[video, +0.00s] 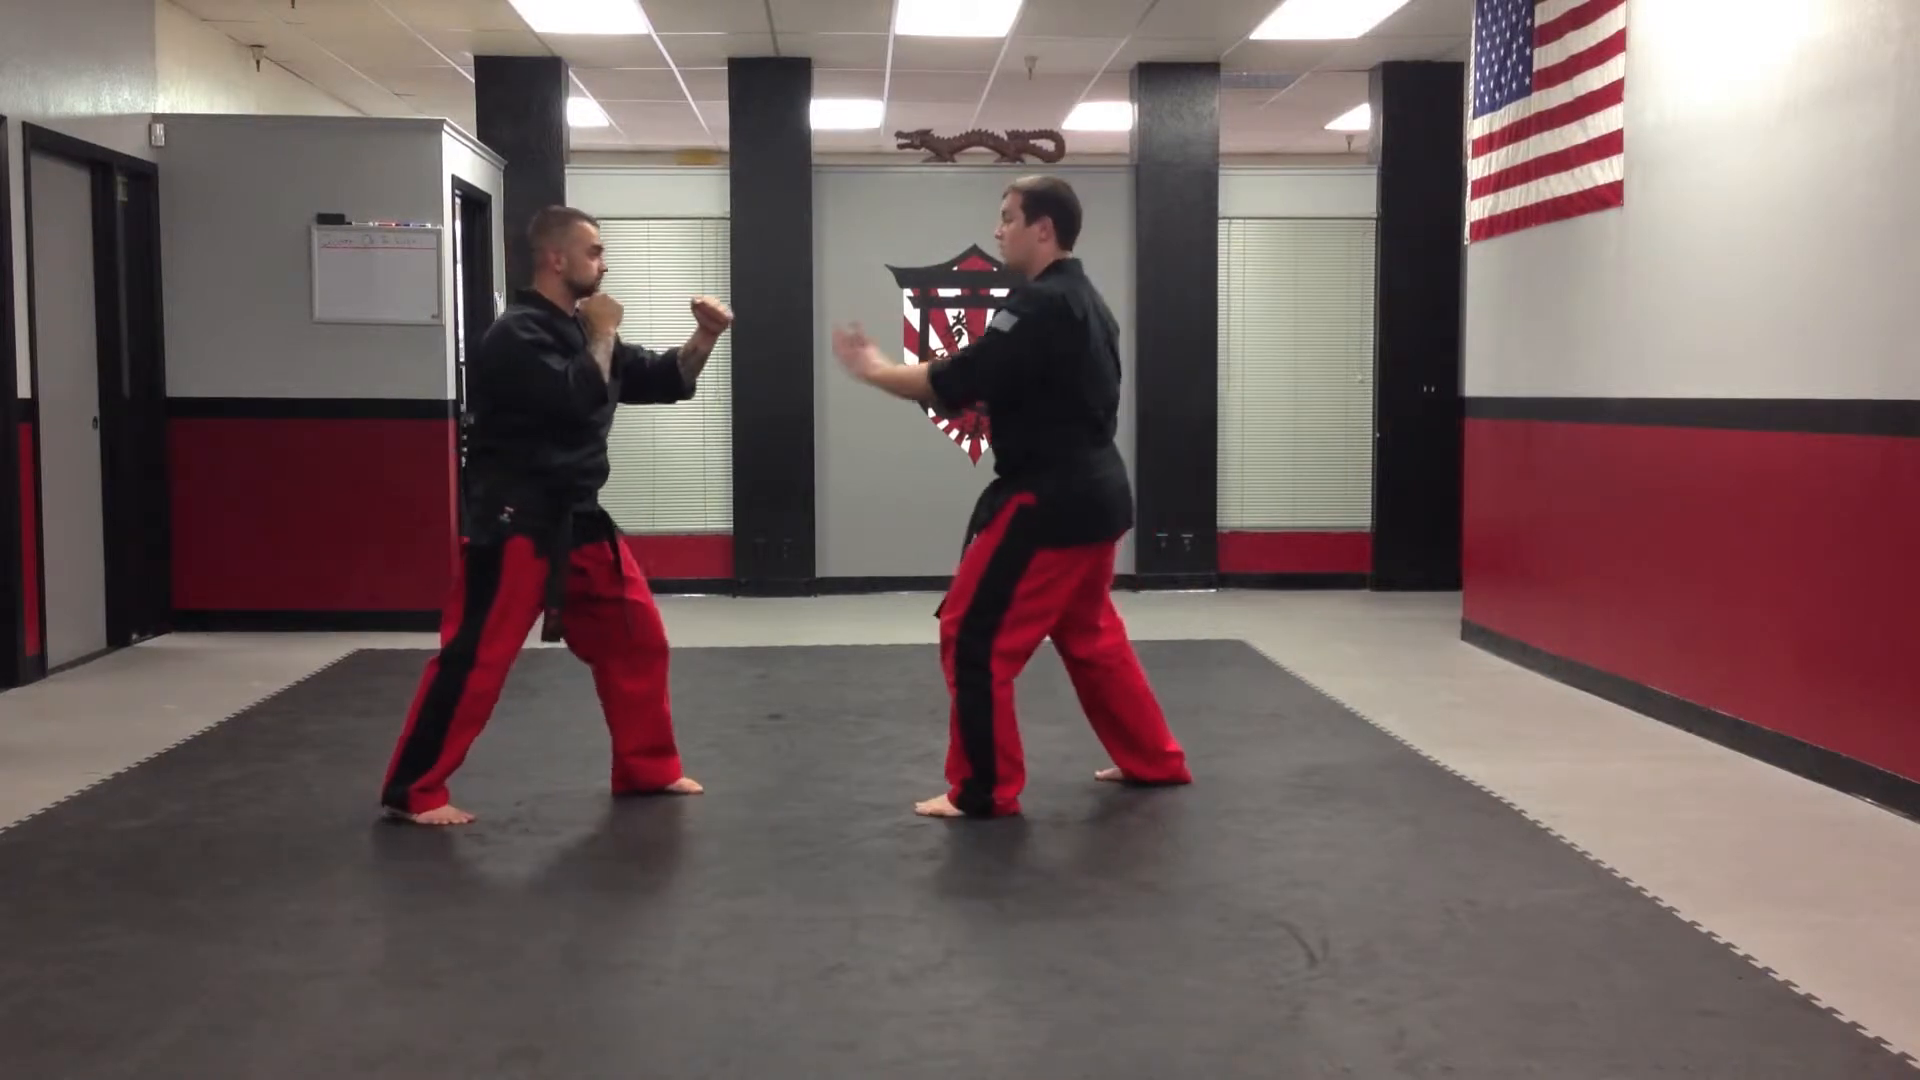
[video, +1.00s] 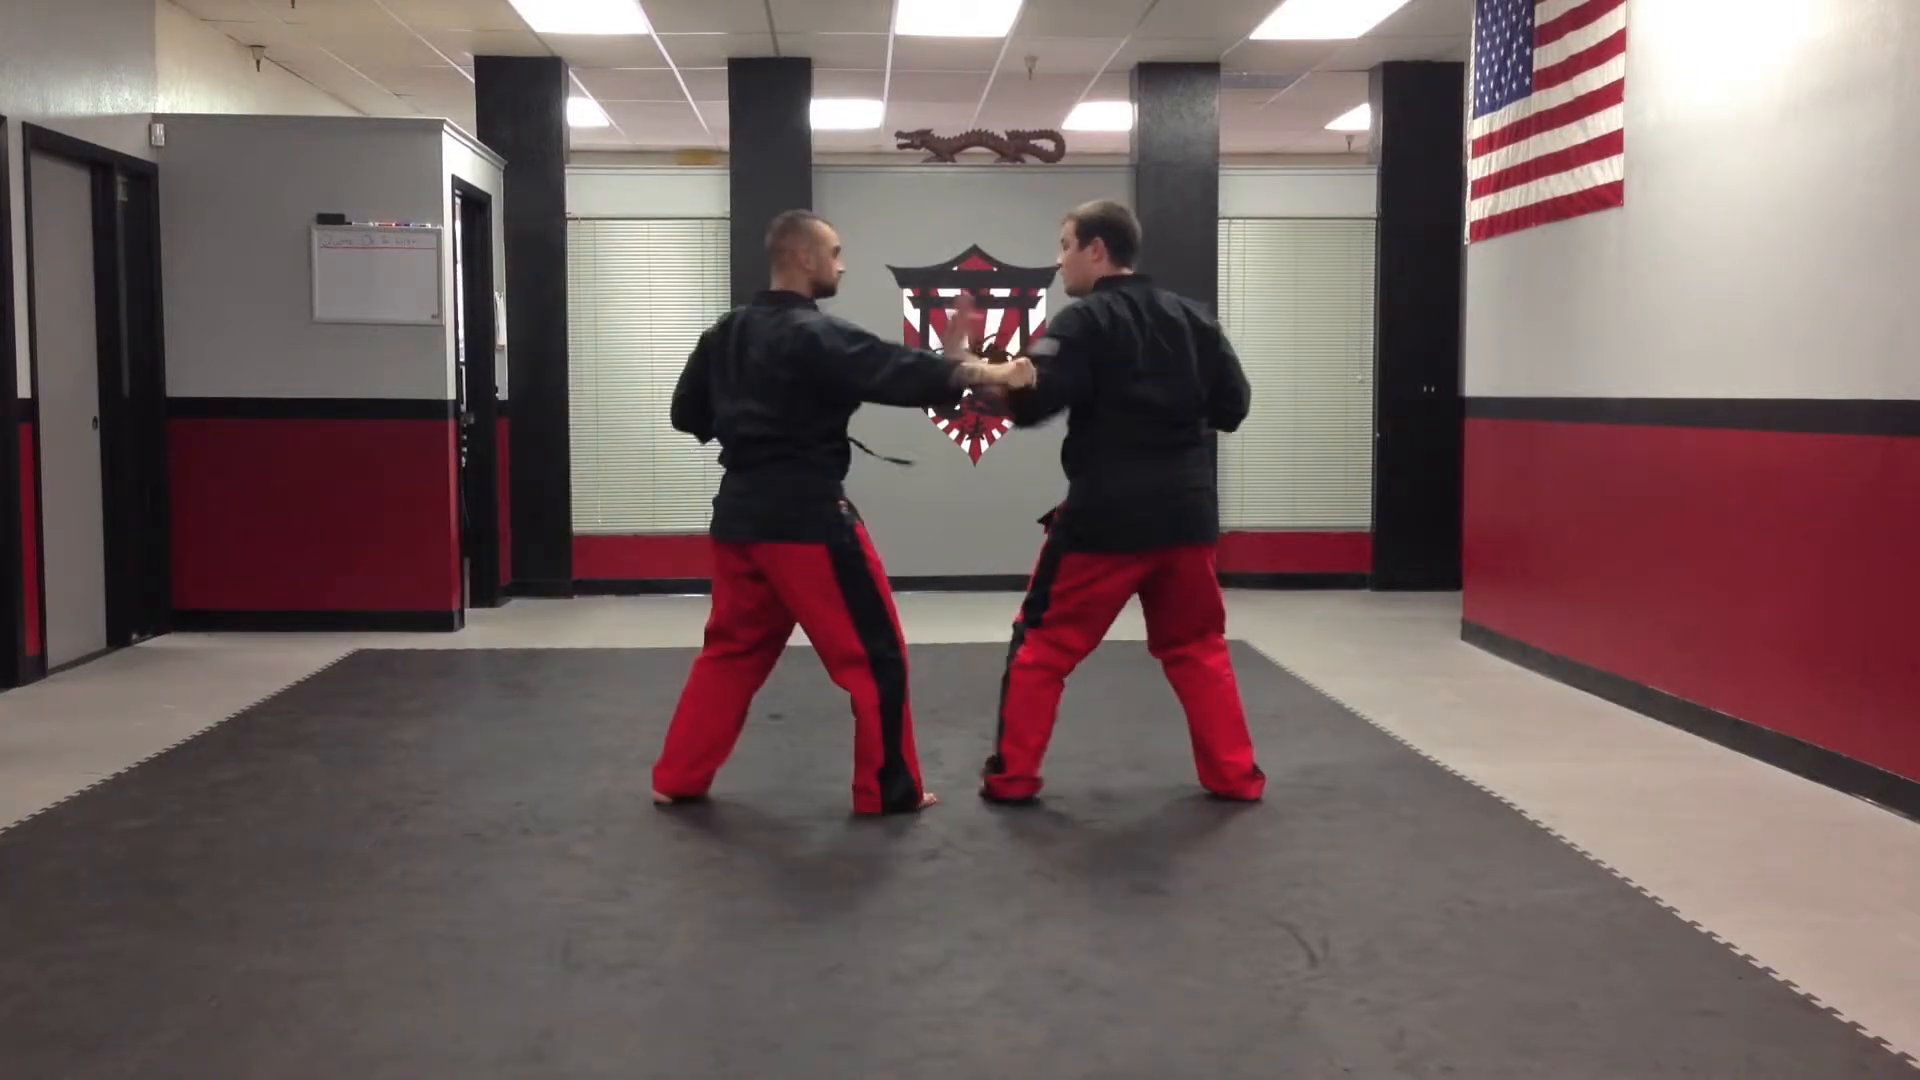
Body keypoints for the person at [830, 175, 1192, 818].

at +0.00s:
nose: (997, 232)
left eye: (1006, 220)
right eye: (1000, 219)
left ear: (1043, 229)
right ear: (1050, 233)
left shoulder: (1043, 304)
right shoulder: (1082, 299)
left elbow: (953, 380)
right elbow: (1050, 393)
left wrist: (875, 370)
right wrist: (983, 403)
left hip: (1044, 503)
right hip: (1093, 496)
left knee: (970, 635)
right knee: (1087, 627)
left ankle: (984, 792)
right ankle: (1154, 759)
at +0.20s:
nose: (997, 237)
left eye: (1005, 223)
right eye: (999, 223)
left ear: (1041, 231)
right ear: (1055, 235)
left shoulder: (1033, 304)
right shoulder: (1094, 303)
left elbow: (934, 379)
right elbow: (1066, 395)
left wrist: (854, 373)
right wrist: (994, 405)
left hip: (1041, 505)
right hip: (1098, 499)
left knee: (964, 636)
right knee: (1095, 635)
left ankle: (983, 792)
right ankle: (1156, 761)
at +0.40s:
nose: (1002, 236)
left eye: (1010, 224)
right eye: (1006, 224)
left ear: (1041, 231)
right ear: (1067, 234)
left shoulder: (1016, 304)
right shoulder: (1111, 307)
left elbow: (914, 368)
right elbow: (1094, 380)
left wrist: (841, 367)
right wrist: (1003, 389)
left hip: (1043, 506)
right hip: (1116, 502)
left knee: (972, 639)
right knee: (1126, 638)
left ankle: (984, 792)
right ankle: (1176, 764)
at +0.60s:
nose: (1039, 239)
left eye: (1045, 226)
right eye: (1041, 226)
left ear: (1075, 231)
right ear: (1103, 234)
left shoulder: (1048, 291)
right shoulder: (1153, 307)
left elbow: (951, 313)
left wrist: (915, 287)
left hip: (1074, 504)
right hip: (1151, 503)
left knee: (1003, 644)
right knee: (1169, 637)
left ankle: (987, 794)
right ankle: (1233, 772)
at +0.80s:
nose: (1066, 252)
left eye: (1072, 239)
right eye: (1067, 240)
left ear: (1103, 240)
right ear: (1131, 242)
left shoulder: (1086, 307)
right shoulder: (1195, 309)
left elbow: (1022, 376)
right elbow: (1229, 403)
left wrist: (986, 315)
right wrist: (1162, 410)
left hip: (1103, 509)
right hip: (1187, 508)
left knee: (1037, 638)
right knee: (1195, 642)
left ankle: (1038, 779)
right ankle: (1232, 775)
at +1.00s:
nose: (1058, 261)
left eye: (1065, 248)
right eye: (1060, 249)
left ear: (1097, 250)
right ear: (1118, 253)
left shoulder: (1084, 318)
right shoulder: (1190, 316)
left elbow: (1033, 402)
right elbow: (1231, 407)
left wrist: (996, 374)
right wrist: (1168, 392)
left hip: (1104, 515)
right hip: (1188, 514)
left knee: (1044, 643)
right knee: (1196, 644)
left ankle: (1014, 776)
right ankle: (1234, 776)